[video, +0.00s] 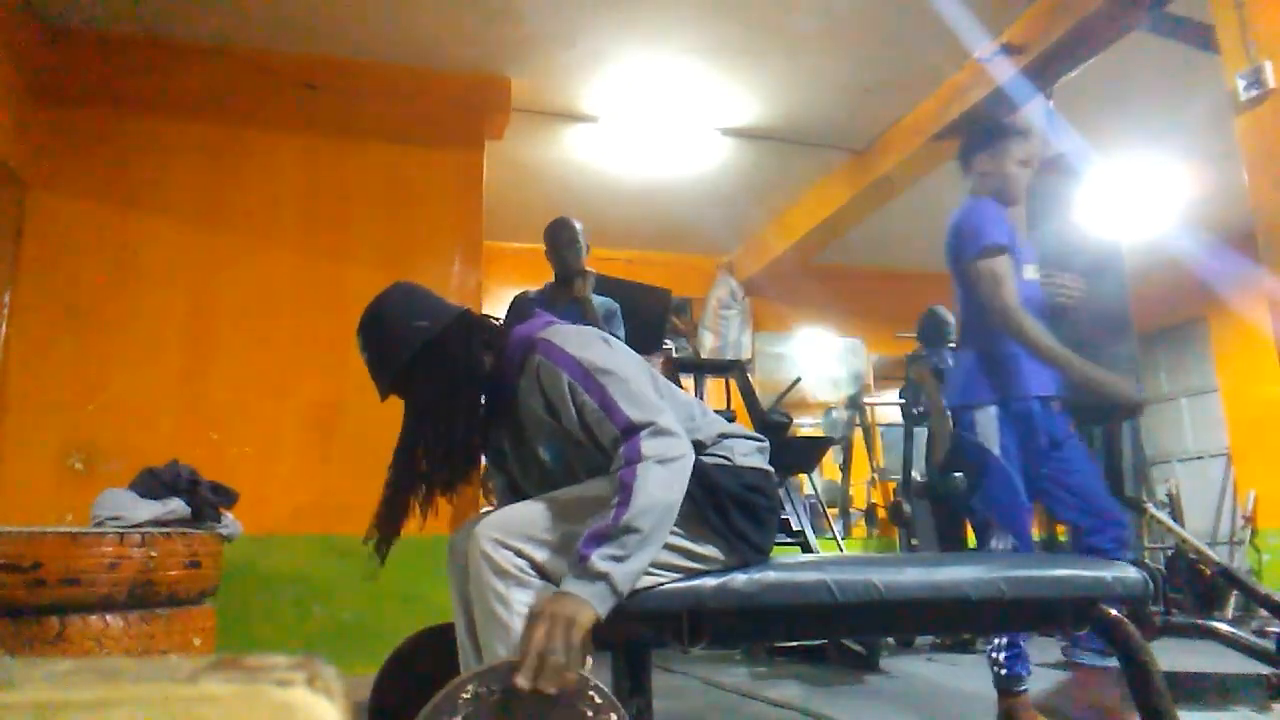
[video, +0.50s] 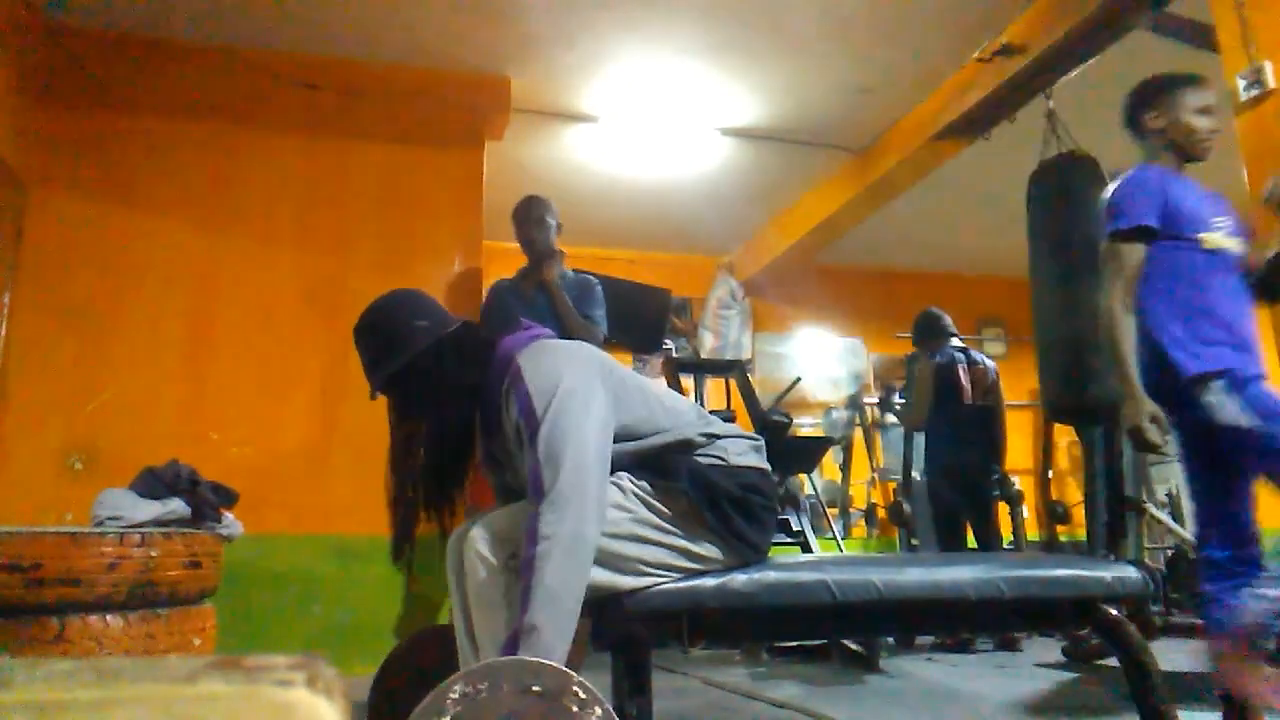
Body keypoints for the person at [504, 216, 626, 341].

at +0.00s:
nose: (565, 255)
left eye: (573, 245)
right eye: (557, 248)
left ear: (587, 250)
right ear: (548, 255)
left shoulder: (607, 309)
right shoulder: (525, 303)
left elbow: (614, 360)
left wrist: (586, 301)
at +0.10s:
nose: (563, 250)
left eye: (570, 240)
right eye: (555, 242)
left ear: (587, 244)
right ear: (547, 250)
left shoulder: (608, 304)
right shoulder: (524, 302)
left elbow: (614, 358)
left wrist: (584, 298)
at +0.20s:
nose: (560, 246)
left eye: (567, 236)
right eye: (551, 238)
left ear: (582, 239)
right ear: (544, 246)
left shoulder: (606, 298)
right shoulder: (523, 298)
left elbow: (610, 352)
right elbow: (504, 356)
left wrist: (578, 294)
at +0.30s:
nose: (551, 241)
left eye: (559, 229)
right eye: (542, 233)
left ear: (577, 235)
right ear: (537, 242)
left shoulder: (602, 292)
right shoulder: (519, 296)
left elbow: (607, 345)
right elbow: (502, 353)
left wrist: (571, 289)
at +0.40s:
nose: (543, 237)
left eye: (552, 227)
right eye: (534, 229)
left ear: (569, 231)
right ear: (528, 237)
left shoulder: (596, 290)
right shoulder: (512, 294)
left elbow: (601, 343)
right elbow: (498, 349)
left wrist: (563, 285)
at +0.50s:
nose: (530, 233)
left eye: (539, 223)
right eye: (523, 224)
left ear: (558, 230)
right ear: (516, 234)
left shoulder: (587, 287)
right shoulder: (502, 293)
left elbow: (592, 344)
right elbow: (487, 351)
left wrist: (554, 285)